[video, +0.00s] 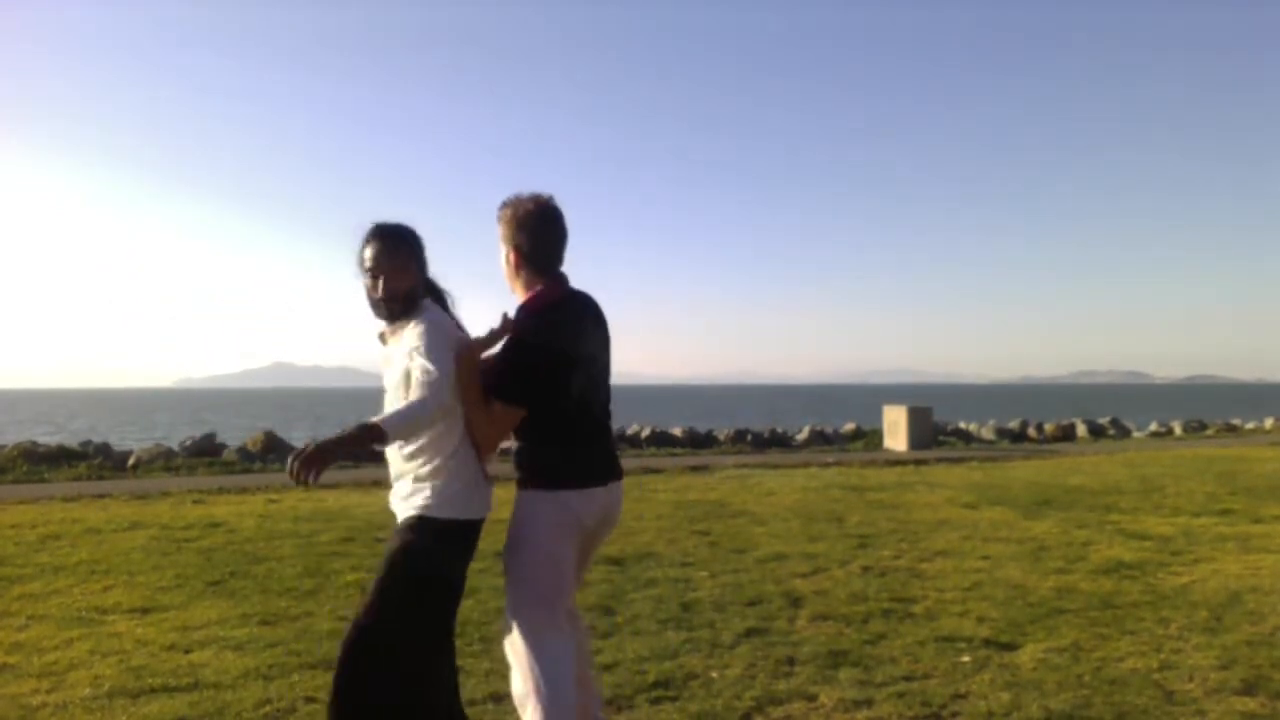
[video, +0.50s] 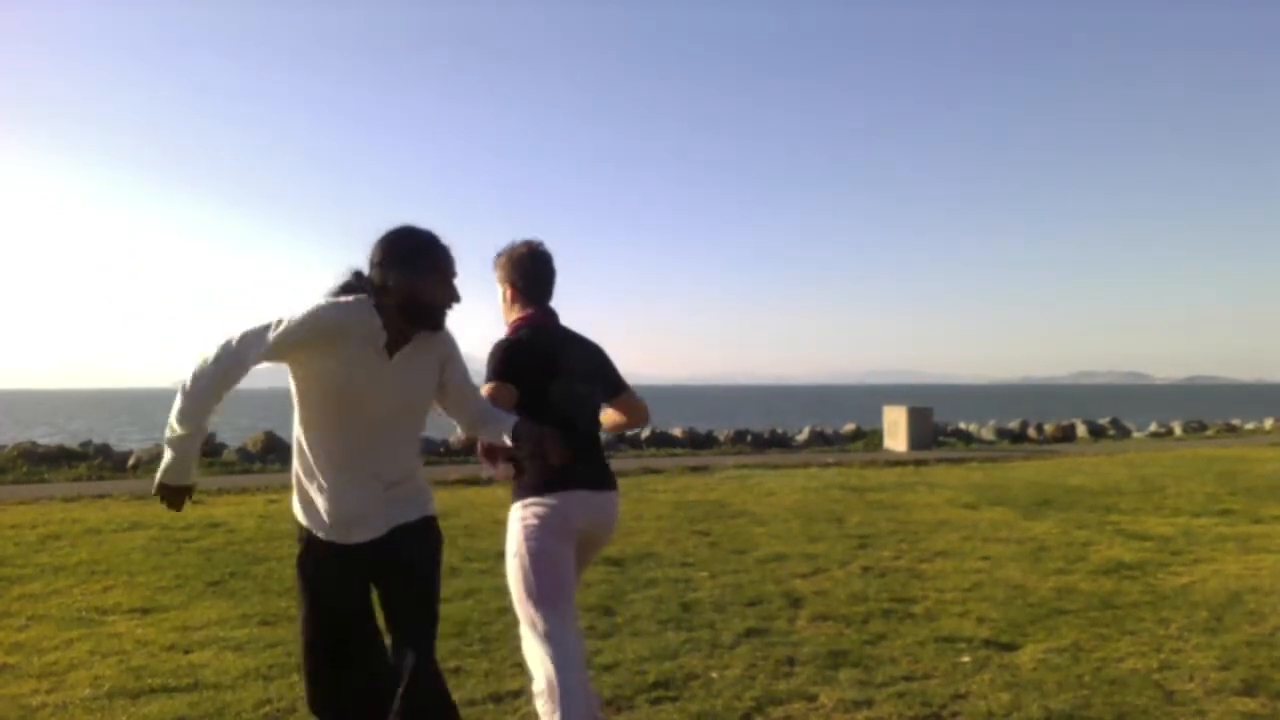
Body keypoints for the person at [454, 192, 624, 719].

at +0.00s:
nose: (501, 259)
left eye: (501, 249)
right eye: (502, 249)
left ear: (512, 255)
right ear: (560, 250)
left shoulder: (533, 329)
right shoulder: (587, 311)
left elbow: (488, 432)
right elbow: (556, 395)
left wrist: (467, 360)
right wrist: (502, 347)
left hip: (553, 497)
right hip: (601, 488)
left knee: (529, 624)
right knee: (556, 611)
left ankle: (551, 713)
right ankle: (585, 709)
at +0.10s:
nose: (502, 262)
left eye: (503, 253)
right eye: (503, 252)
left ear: (512, 259)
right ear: (560, 256)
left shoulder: (528, 334)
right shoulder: (585, 317)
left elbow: (488, 437)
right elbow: (557, 406)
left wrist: (468, 368)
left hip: (549, 498)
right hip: (598, 489)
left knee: (534, 626)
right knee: (553, 611)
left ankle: (553, 711)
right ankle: (583, 707)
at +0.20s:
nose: (501, 266)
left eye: (503, 257)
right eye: (503, 256)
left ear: (512, 264)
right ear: (557, 262)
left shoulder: (526, 334)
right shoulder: (585, 324)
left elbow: (500, 435)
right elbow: (571, 409)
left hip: (546, 498)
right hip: (596, 490)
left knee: (537, 633)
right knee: (556, 613)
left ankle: (556, 710)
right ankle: (583, 706)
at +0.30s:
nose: (502, 274)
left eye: (502, 265)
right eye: (504, 264)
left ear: (511, 271)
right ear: (554, 268)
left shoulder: (524, 336)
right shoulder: (586, 330)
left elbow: (511, 424)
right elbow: (615, 390)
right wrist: (563, 391)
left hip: (544, 502)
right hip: (598, 496)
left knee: (540, 632)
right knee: (556, 611)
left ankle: (560, 712)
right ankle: (584, 706)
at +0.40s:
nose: (500, 286)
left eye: (501, 278)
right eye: (502, 278)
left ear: (510, 282)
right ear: (551, 279)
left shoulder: (518, 345)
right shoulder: (586, 340)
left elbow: (508, 419)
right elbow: (627, 403)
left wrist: (483, 433)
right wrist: (574, 408)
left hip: (542, 503)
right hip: (599, 498)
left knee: (543, 637)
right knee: (553, 612)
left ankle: (570, 712)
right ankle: (584, 705)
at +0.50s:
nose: (498, 296)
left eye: (499, 288)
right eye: (500, 288)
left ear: (508, 291)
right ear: (549, 288)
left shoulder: (512, 348)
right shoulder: (585, 349)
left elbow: (495, 408)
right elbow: (633, 413)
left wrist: (486, 439)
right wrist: (585, 425)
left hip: (542, 503)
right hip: (600, 499)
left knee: (544, 632)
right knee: (550, 616)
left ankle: (570, 712)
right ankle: (575, 705)